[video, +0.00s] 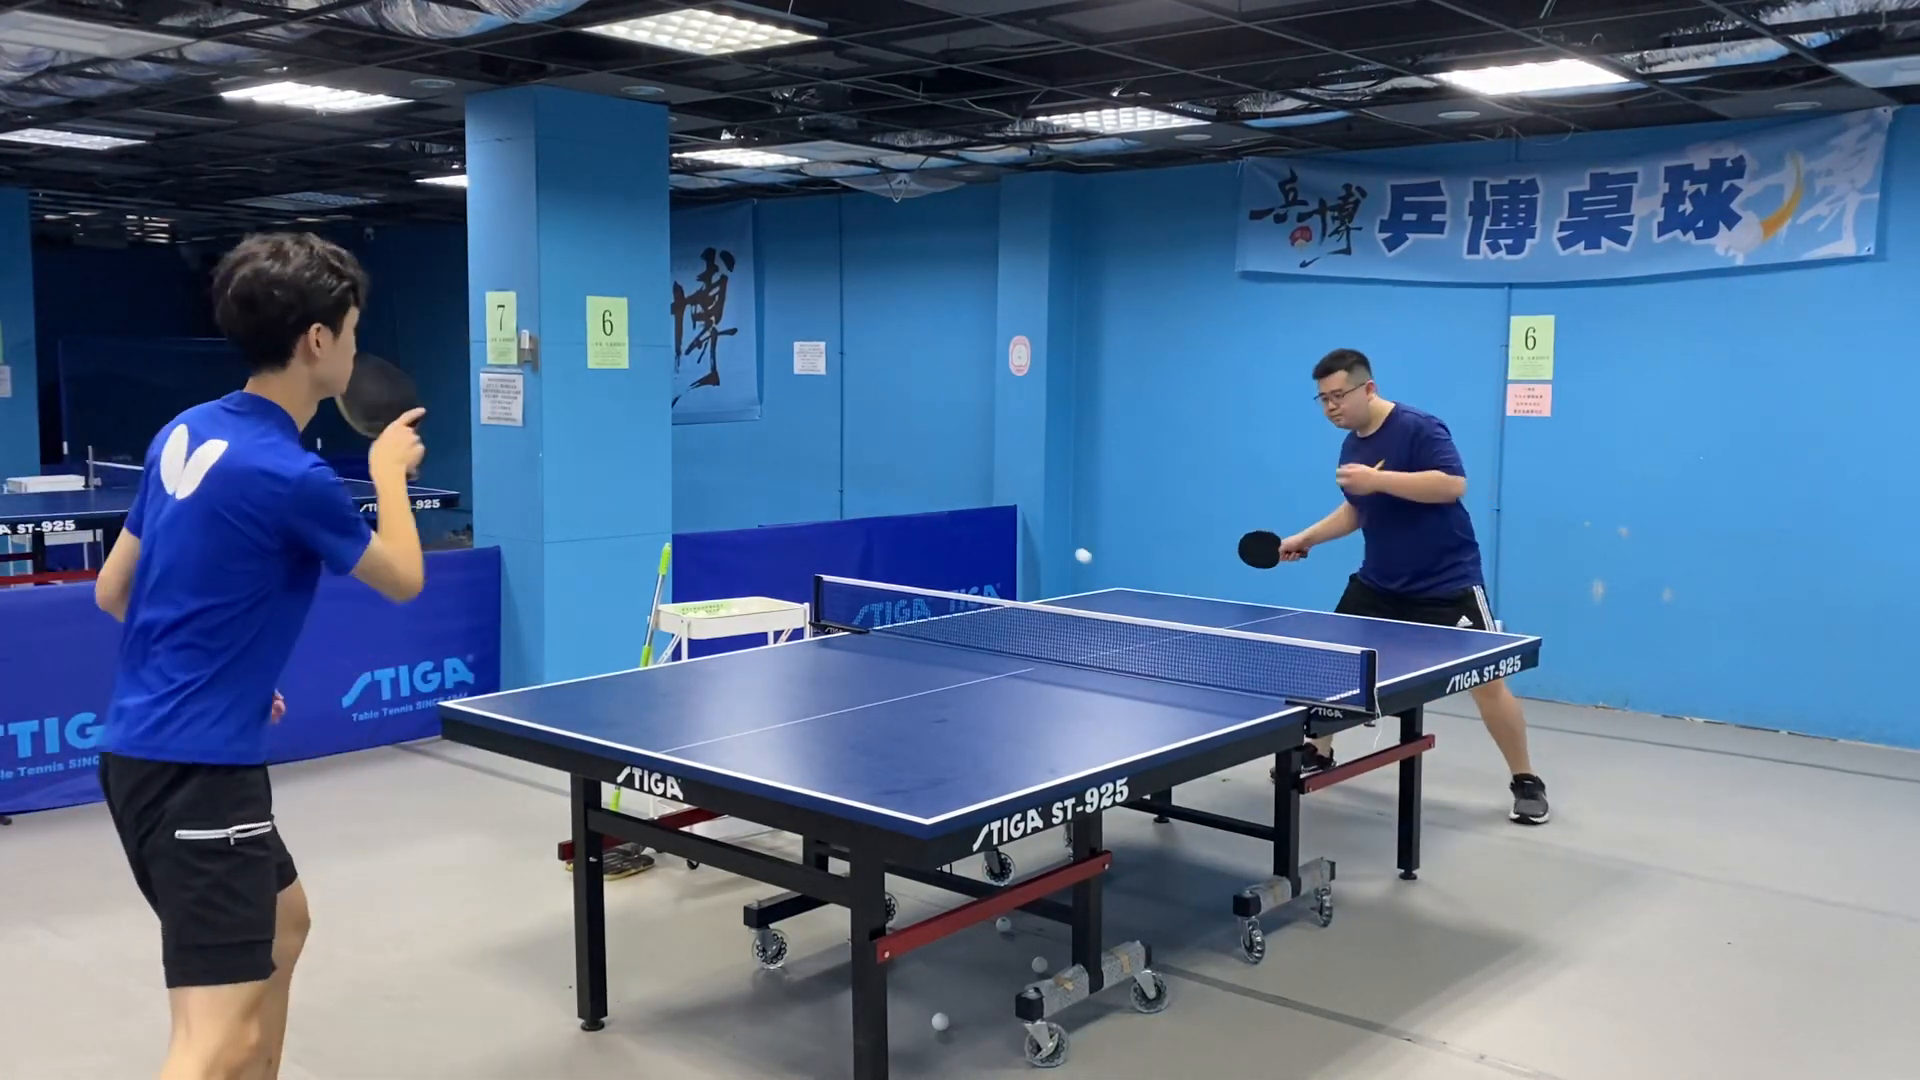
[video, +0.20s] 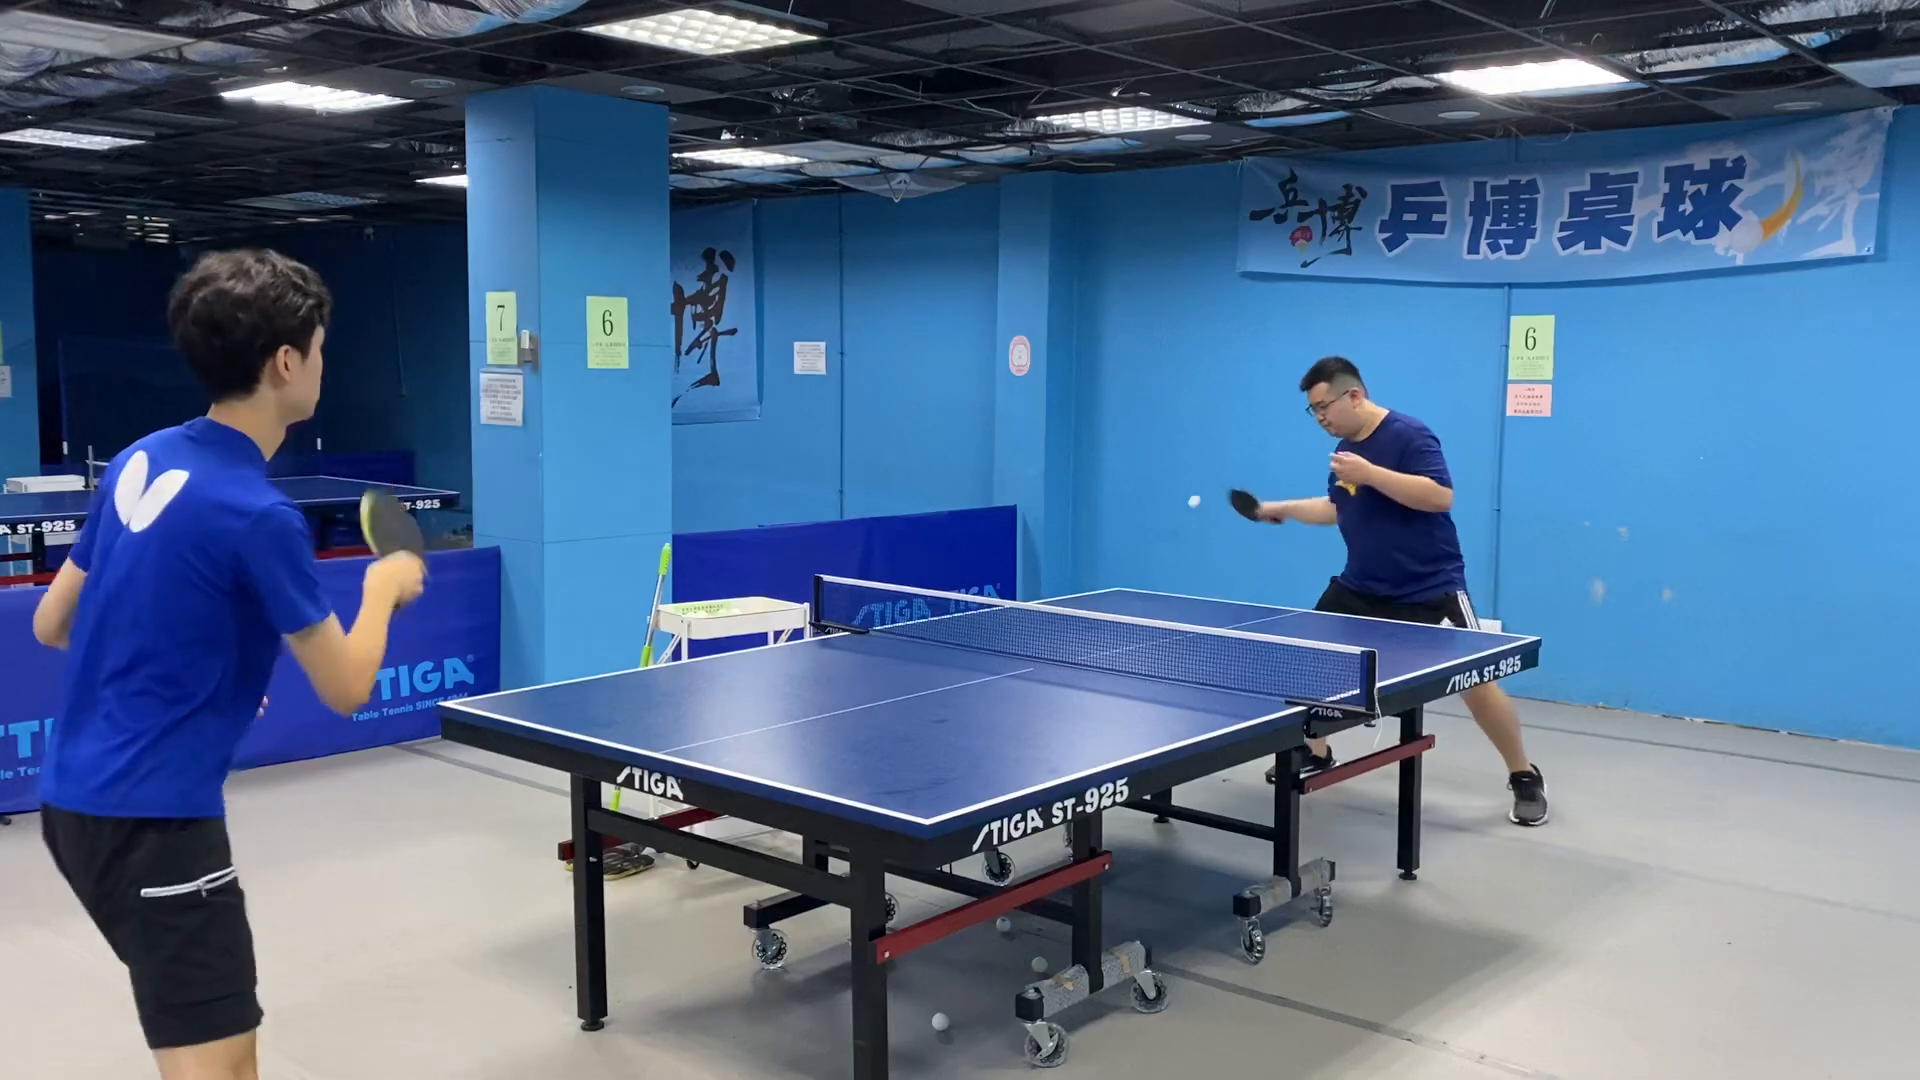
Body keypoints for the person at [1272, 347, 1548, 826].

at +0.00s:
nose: (1329, 408)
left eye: (1337, 396)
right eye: (1323, 400)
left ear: (1369, 389)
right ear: (1324, 401)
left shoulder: (1420, 428)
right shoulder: (1352, 449)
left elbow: (1453, 484)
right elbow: (1357, 512)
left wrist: (1376, 480)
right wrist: (1307, 538)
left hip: (1448, 586)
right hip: (1377, 584)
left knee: (1487, 679)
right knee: (1324, 660)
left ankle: (1525, 780)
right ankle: (1318, 750)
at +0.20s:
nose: (1319, 420)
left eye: (1323, 408)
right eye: (1315, 412)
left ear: (1356, 397)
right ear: (1344, 404)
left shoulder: (1410, 434)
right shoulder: (1342, 452)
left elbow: (1441, 497)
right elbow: (1339, 510)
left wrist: (1370, 474)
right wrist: (1283, 509)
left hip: (1431, 590)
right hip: (1359, 587)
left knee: (1475, 681)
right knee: (1301, 658)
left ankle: (1524, 777)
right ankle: (1315, 750)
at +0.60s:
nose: (1364, 410)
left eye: (1374, 400)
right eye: (1357, 401)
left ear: (1403, 398)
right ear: (1352, 402)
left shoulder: (1446, 448)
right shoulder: (1346, 451)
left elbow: (1484, 508)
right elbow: (1324, 511)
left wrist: (1435, 498)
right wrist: (1306, 504)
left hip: (1437, 598)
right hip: (1357, 596)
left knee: (1486, 683)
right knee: (1305, 666)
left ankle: (1524, 778)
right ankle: (1315, 750)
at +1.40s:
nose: (1337, 406)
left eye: (1344, 396)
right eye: (1332, 398)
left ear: (1375, 386)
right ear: (1334, 396)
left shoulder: (1432, 429)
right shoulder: (1340, 433)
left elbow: (1467, 492)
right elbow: (1300, 478)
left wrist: (1404, 470)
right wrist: (1298, 444)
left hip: (1426, 583)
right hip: (1349, 575)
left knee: (1477, 676)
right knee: (1283, 648)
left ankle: (1517, 773)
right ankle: (1264, 739)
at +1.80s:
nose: (1356, 405)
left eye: (1365, 395)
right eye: (1348, 397)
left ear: (1394, 389)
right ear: (1344, 398)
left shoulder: (1443, 438)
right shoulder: (1349, 444)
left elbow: (1480, 496)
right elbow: (1334, 508)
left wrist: (1420, 514)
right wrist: (1324, 503)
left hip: (1441, 592)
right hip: (1363, 589)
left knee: (1485, 676)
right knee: (1304, 658)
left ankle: (1514, 780)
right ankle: (1280, 745)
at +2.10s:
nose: (1357, 388)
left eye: (1366, 378)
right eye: (1352, 380)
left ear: (1396, 376)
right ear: (1352, 383)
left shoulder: (1432, 423)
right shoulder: (1382, 434)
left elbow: (1428, 496)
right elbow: (1389, 504)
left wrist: (1351, 502)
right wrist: (1350, 535)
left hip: (1454, 577)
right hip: (1393, 574)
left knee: (1481, 679)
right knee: (1354, 661)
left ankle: (1514, 778)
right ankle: (1341, 752)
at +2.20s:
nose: (1356, 385)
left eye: (1364, 375)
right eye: (1353, 376)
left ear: (1398, 373)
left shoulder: (1428, 421)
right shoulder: (1389, 425)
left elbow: (1395, 486)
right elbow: (1395, 496)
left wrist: (1321, 464)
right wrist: (1358, 526)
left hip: (1445, 576)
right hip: (1389, 572)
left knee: (1475, 678)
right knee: (1351, 660)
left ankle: (1515, 778)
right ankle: (1339, 754)